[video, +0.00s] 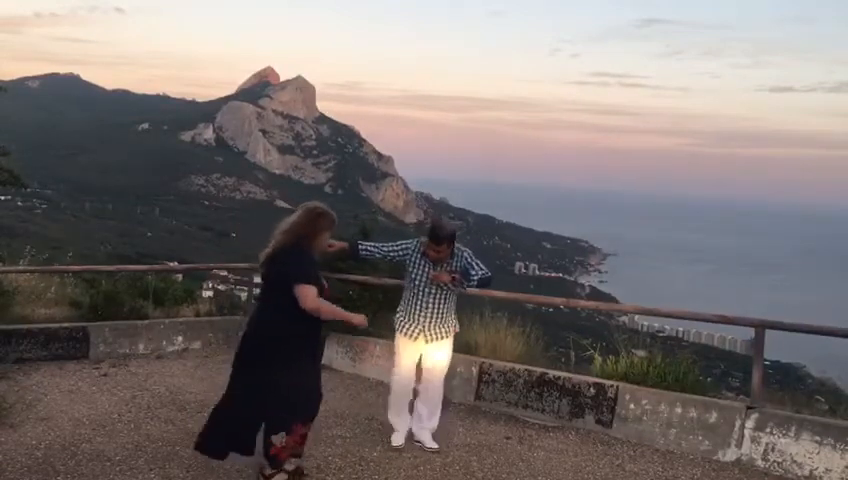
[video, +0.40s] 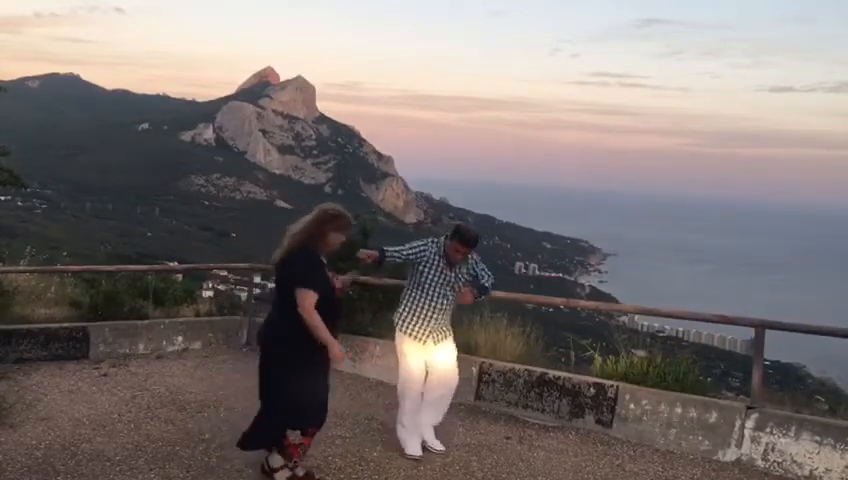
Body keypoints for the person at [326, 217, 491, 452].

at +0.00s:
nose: (434, 255)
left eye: (439, 252)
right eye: (431, 250)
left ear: (451, 247)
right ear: (426, 241)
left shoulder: (462, 256)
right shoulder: (414, 248)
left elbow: (484, 277)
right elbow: (381, 250)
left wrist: (454, 279)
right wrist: (346, 247)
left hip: (441, 331)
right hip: (409, 327)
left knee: (433, 384)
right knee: (402, 380)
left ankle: (424, 431)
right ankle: (399, 429)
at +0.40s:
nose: (459, 256)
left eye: (464, 253)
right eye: (456, 251)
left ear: (470, 251)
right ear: (447, 241)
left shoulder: (469, 260)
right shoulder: (429, 248)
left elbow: (488, 279)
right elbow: (401, 253)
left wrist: (475, 292)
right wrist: (377, 255)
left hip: (440, 330)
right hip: (411, 328)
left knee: (447, 378)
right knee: (413, 382)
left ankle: (425, 427)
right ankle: (409, 437)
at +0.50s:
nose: (465, 257)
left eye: (470, 254)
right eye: (462, 251)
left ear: (475, 252)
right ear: (454, 242)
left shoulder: (473, 264)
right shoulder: (436, 248)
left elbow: (483, 285)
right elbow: (412, 255)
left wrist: (472, 303)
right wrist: (398, 258)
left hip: (442, 332)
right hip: (413, 329)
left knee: (455, 380)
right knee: (415, 384)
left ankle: (429, 422)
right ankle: (410, 437)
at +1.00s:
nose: (497, 236)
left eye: (499, 232)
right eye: (496, 230)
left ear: (481, 226)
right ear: (484, 224)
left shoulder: (472, 248)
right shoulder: (461, 242)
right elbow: (487, 246)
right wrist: (503, 243)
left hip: (459, 327)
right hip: (453, 326)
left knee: (449, 385)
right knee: (477, 383)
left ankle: (439, 435)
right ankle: (443, 429)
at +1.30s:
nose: (507, 228)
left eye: (508, 223)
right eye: (506, 223)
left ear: (481, 220)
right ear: (495, 220)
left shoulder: (459, 247)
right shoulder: (491, 241)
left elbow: (449, 272)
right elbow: (528, 240)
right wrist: (520, 245)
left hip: (458, 323)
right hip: (483, 323)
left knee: (464, 382)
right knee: (488, 385)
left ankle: (452, 435)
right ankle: (477, 444)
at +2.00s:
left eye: (463, 228)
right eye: (484, 226)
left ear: (463, 229)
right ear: (485, 227)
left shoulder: (455, 251)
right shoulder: (501, 250)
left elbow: (423, 265)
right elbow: (534, 271)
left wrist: (402, 259)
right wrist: (547, 276)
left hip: (463, 329)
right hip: (495, 328)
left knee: (457, 380)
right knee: (486, 374)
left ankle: (467, 438)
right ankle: (493, 428)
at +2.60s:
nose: (457, 231)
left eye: (463, 227)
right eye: (456, 226)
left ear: (477, 229)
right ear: (460, 229)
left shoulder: (485, 253)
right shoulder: (467, 252)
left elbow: (488, 288)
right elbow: (444, 260)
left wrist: (453, 292)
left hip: (476, 326)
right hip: (463, 323)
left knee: (457, 375)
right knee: (453, 375)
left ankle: (468, 426)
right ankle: (459, 420)